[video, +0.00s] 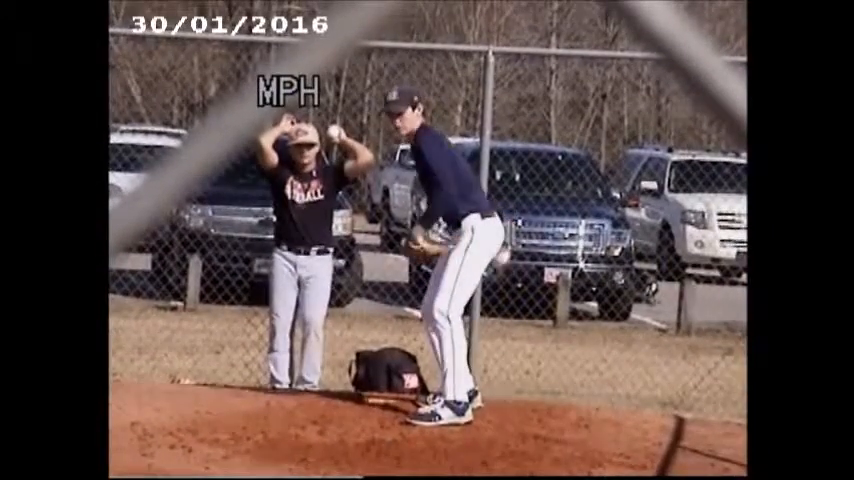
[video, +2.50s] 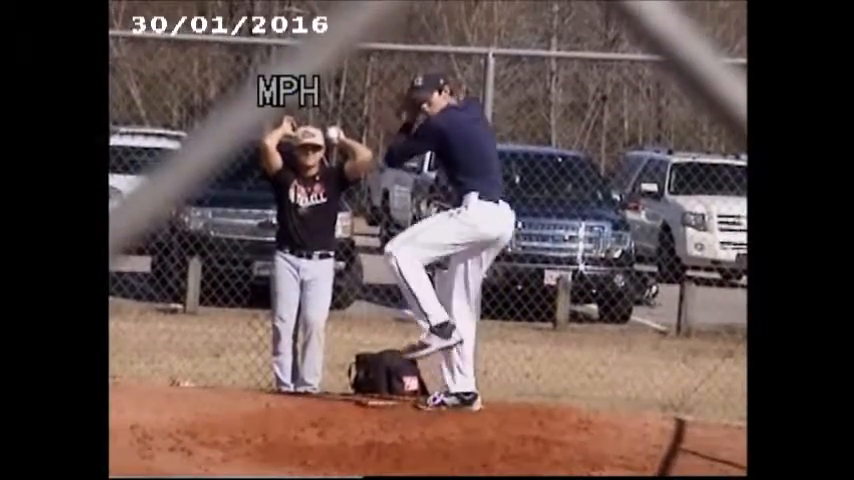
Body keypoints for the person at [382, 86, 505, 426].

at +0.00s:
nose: (395, 121)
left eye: (400, 114)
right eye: (392, 116)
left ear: (418, 110)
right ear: (392, 118)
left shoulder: (427, 140)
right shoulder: (420, 143)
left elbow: (446, 191)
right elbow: (445, 194)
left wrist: (422, 226)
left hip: (479, 226)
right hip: (464, 228)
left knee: (445, 311)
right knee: (431, 311)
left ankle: (457, 400)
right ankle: (461, 388)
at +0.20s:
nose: (407, 112)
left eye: (412, 105)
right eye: (404, 107)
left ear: (430, 103)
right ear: (407, 108)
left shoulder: (428, 133)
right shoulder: (440, 134)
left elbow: (429, 187)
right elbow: (447, 204)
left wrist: (399, 213)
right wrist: (410, 224)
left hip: (476, 222)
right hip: (473, 222)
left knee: (446, 308)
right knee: (430, 308)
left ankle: (452, 393)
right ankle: (461, 387)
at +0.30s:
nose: (414, 109)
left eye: (419, 102)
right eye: (412, 104)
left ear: (438, 100)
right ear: (436, 103)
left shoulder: (432, 130)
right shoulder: (453, 127)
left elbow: (422, 185)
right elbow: (434, 183)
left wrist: (388, 186)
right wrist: (392, 181)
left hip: (474, 221)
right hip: (485, 219)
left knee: (442, 306)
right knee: (432, 308)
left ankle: (457, 391)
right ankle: (458, 388)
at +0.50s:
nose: (422, 98)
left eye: (427, 92)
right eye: (419, 93)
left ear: (446, 90)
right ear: (424, 95)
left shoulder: (434, 121)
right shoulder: (456, 121)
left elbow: (400, 163)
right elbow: (415, 153)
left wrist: (381, 136)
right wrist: (395, 126)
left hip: (472, 219)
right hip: (482, 218)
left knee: (438, 305)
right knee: (440, 305)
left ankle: (456, 394)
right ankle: (462, 390)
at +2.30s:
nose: (427, 111)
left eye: (431, 103)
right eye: (424, 105)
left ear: (450, 96)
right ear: (447, 100)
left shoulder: (443, 128)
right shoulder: (467, 121)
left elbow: (403, 168)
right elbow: (434, 131)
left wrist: (391, 134)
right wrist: (408, 118)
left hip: (474, 219)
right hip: (490, 218)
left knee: (433, 298)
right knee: (443, 302)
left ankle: (451, 386)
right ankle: (463, 386)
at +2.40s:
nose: (428, 107)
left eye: (429, 101)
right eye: (425, 102)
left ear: (446, 91)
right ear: (450, 91)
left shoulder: (441, 124)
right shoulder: (474, 112)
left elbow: (399, 159)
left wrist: (397, 120)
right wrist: (417, 96)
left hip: (474, 214)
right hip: (497, 216)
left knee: (412, 274)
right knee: (449, 293)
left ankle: (444, 355)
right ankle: (461, 383)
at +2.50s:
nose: (424, 108)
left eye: (426, 102)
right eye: (421, 104)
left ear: (445, 92)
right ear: (448, 93)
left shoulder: (439, 124)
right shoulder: (474, 112)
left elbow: (394, 156)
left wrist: (411, 122)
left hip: (476, 213)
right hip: (500, 216)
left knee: (401, 251)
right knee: (461, 302)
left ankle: (439, 325)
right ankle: (462, 387)